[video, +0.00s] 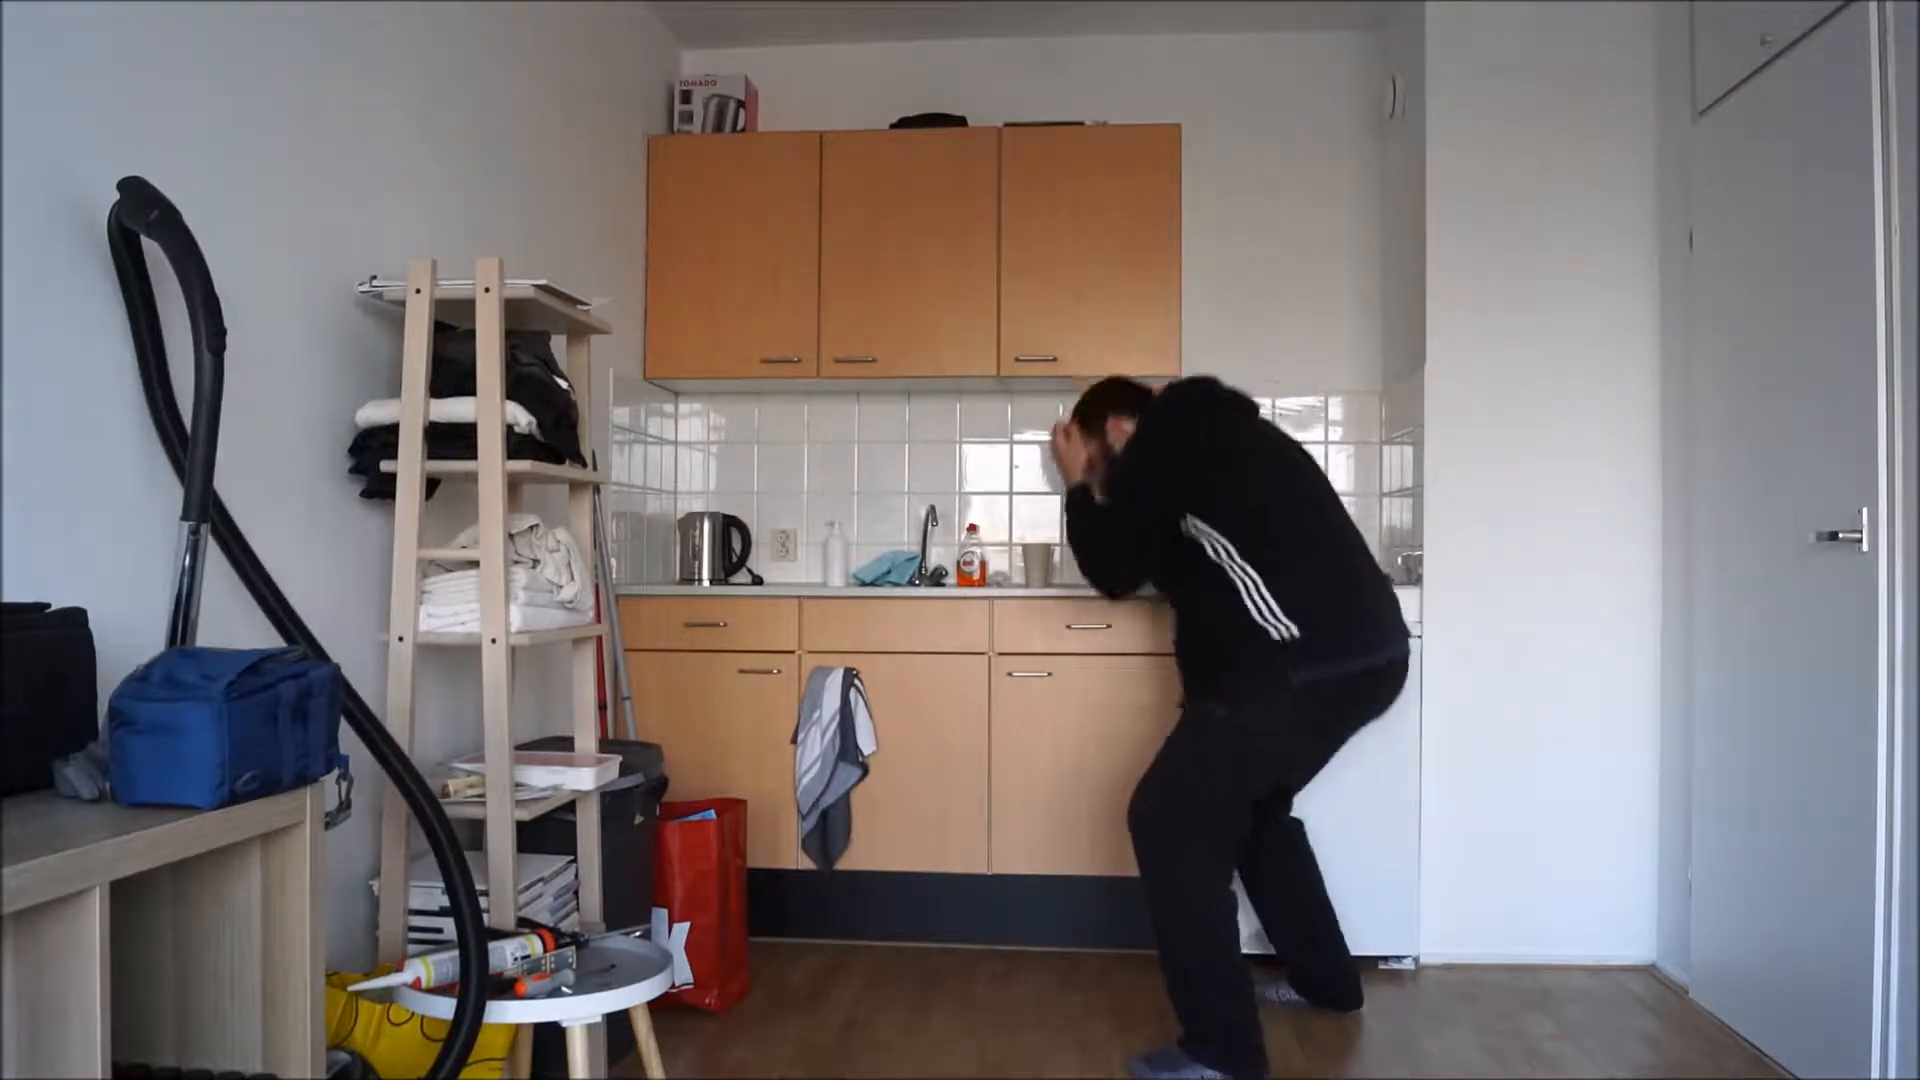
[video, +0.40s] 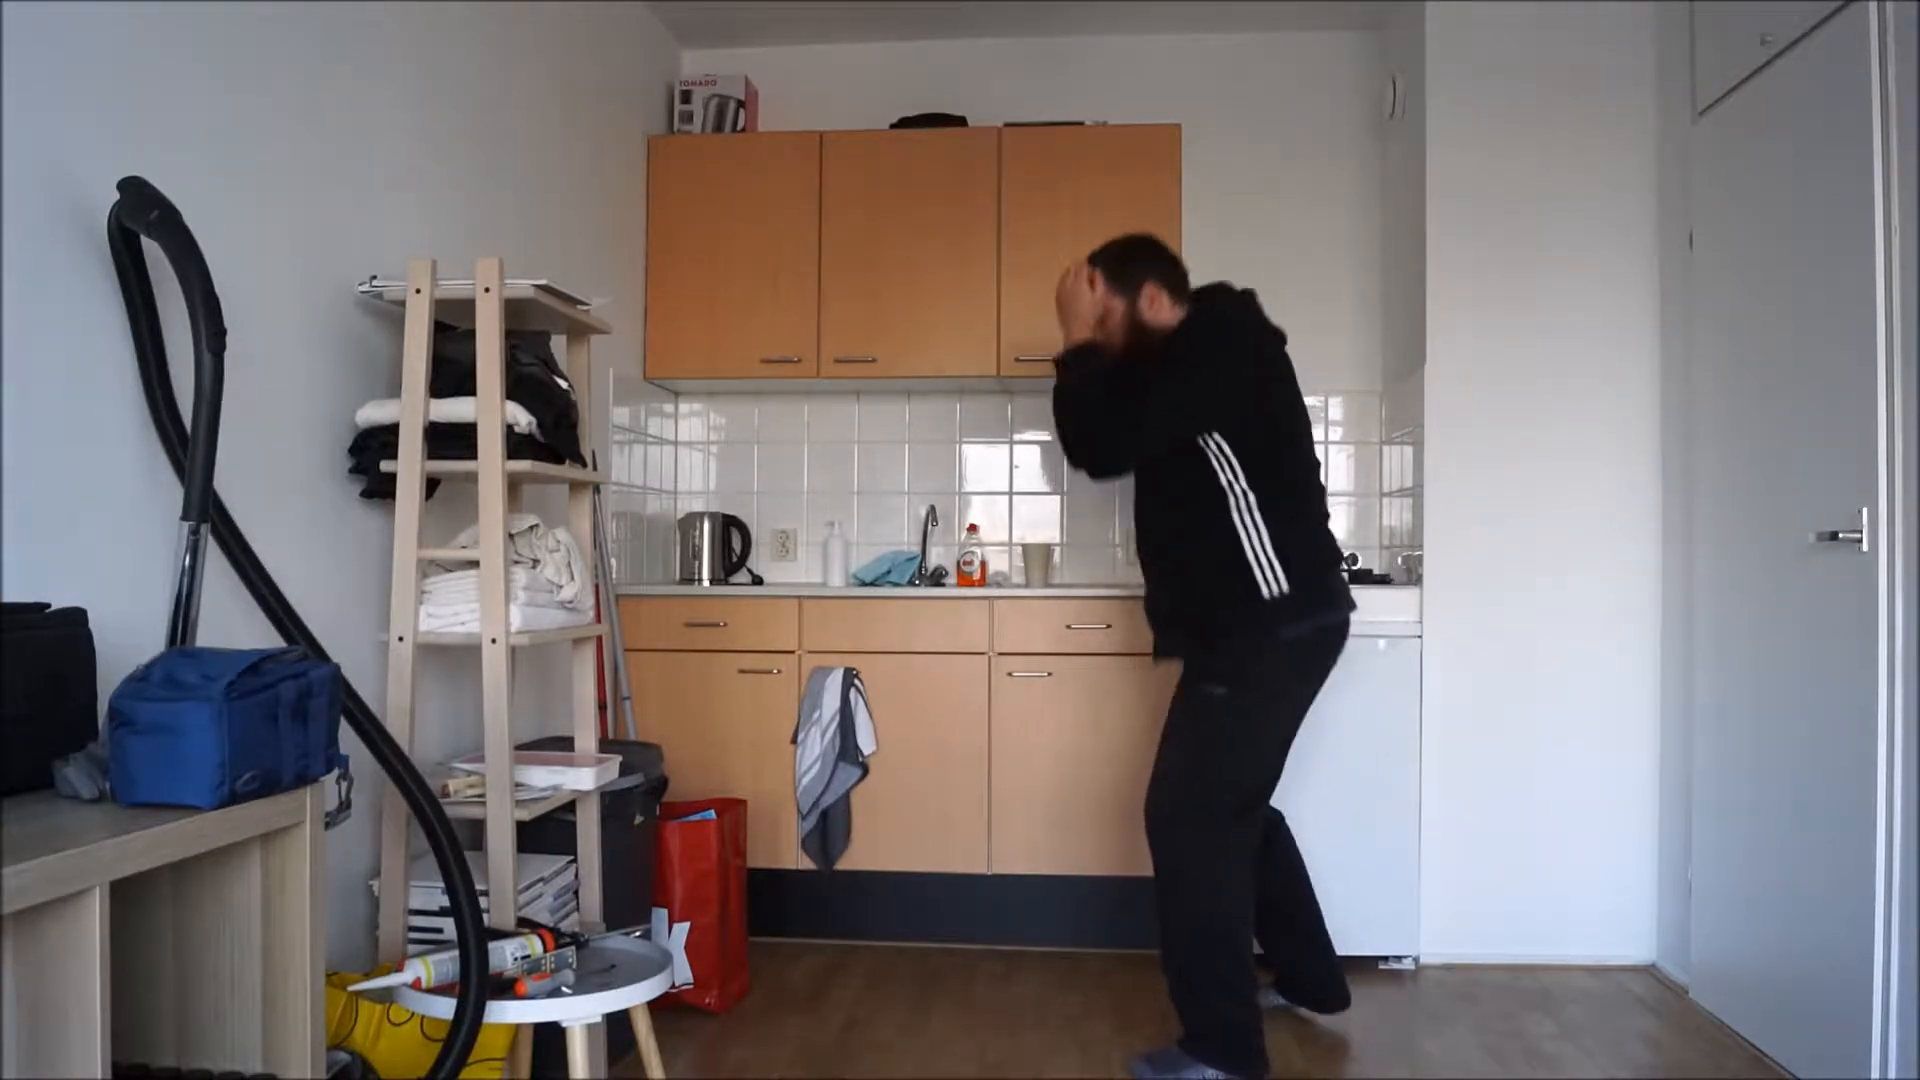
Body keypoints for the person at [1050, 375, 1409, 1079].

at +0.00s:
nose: (1097, 467)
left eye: (1095, 454)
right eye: (1095, 456)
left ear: (1120, 429)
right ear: (1151, 409)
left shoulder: (1154, 456)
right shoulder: (1235, 426)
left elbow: (1111, 572)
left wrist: (1080, 486)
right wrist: (1112, 483)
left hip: (1290, 664)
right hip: (1370, 652)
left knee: (1169, 817)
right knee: (1253, 809)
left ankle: (1223, 1049)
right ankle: (1326, 980)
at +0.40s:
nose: (1101, 325)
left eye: (1105, 309)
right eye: (1099, 311)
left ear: (1149, 297)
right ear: (1163, 291)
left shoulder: (1204, 346)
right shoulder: (1224, 338)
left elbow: (1102, 448)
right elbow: (1116, 438)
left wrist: (1081, 347)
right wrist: (1105, 352)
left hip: (1263, 627)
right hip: (1287, 616)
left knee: (1186, 815)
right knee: (1234, 803)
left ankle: (1223, 1048)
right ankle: (1312, 977)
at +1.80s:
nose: (1132, 292)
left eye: (1136, 279)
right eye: (1131, 275)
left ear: (1082, 264)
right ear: (1093, 263)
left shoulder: (1062, 330)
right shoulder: (1029, 296)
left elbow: (1139, 426)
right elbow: (1178, 371)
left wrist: (1152, 300)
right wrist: (1157, 276)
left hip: (1023, 605)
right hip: (980, 606)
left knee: (1070, 798)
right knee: (1027, 816)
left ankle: (1037, 995)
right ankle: (958, 1058)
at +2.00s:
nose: (1138, 286)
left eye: (1139, 270)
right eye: (1131, 269)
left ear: (1077, 262)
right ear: (1085, 262)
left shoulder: (1057, 324)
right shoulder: (1025, 307)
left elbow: (1138, 424)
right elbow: (1151, 403)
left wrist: (1148, 309)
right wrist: (1153, 298)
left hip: (1018, 610)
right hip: (969, 612)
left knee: (1067, 782)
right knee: (1020, 807)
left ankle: (1030, 976)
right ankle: (956, 1053)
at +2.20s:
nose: (1166, 420)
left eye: (1171, 407)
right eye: (1164, 404)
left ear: (1113, 385)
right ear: (1122, 387)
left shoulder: (1076, 422)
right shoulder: (1054, 411)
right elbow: (1151, 536)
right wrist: (1178, 436)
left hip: (992, 665)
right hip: (943, 671)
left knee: (1089, 791)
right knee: (1056, 837)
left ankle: (1032, 972)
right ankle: (958, 1058)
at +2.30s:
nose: (1168, 454)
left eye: (1175, 443)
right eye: (1166, 439)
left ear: (1117, 416)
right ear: (1126, 419)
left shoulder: (1066, 439)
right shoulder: (1061, 446)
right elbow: (1153, 567)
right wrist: (1180, 470)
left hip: (985, 679)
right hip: (943, 689)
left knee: (1095, 791)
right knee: (1066, 849)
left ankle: (1032, 969)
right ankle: (958, 1059)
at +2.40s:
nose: (1165, 436)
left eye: (1170, 423)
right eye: (1163, 421)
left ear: (1110, 401)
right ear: (1118, 403)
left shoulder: (1068, 426)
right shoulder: (1053, 423)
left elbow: (1131, 536)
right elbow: (1140, 547)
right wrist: (1174, 451)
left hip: (993, 668)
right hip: (947, 676)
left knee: (1096, 789)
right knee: (1063, 841)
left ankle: (1034, 969)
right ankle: (958, 1058)